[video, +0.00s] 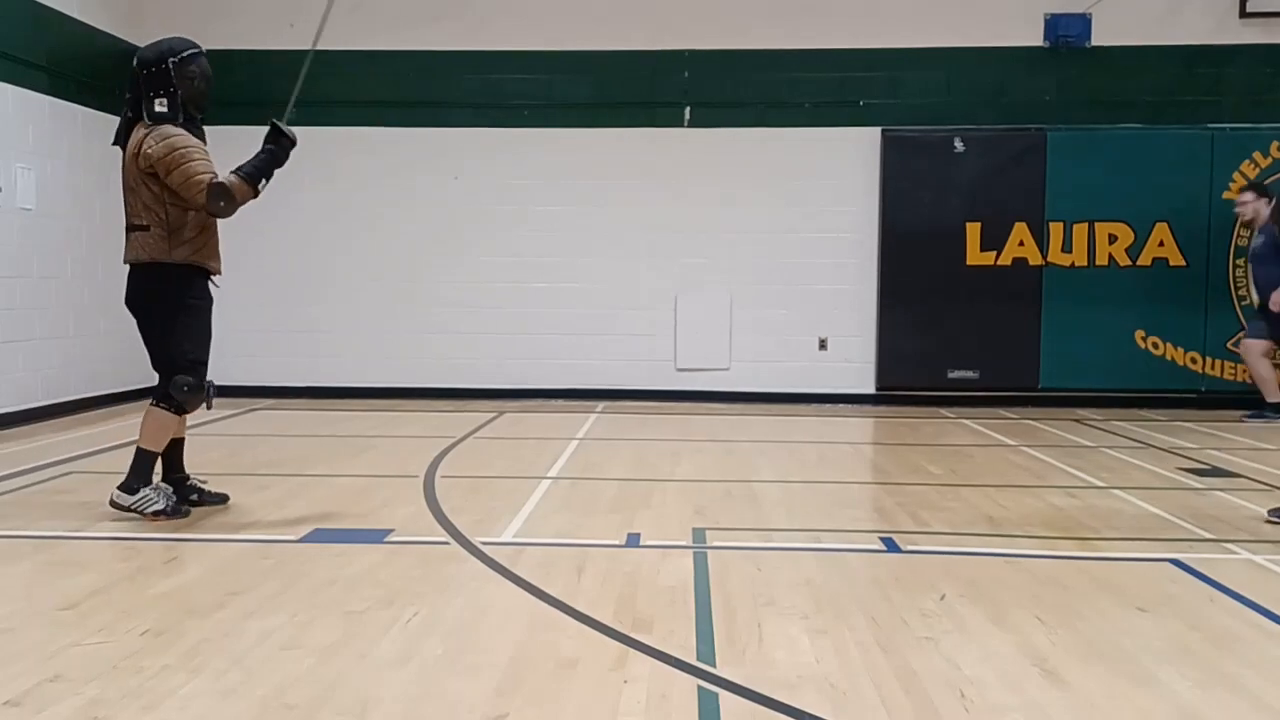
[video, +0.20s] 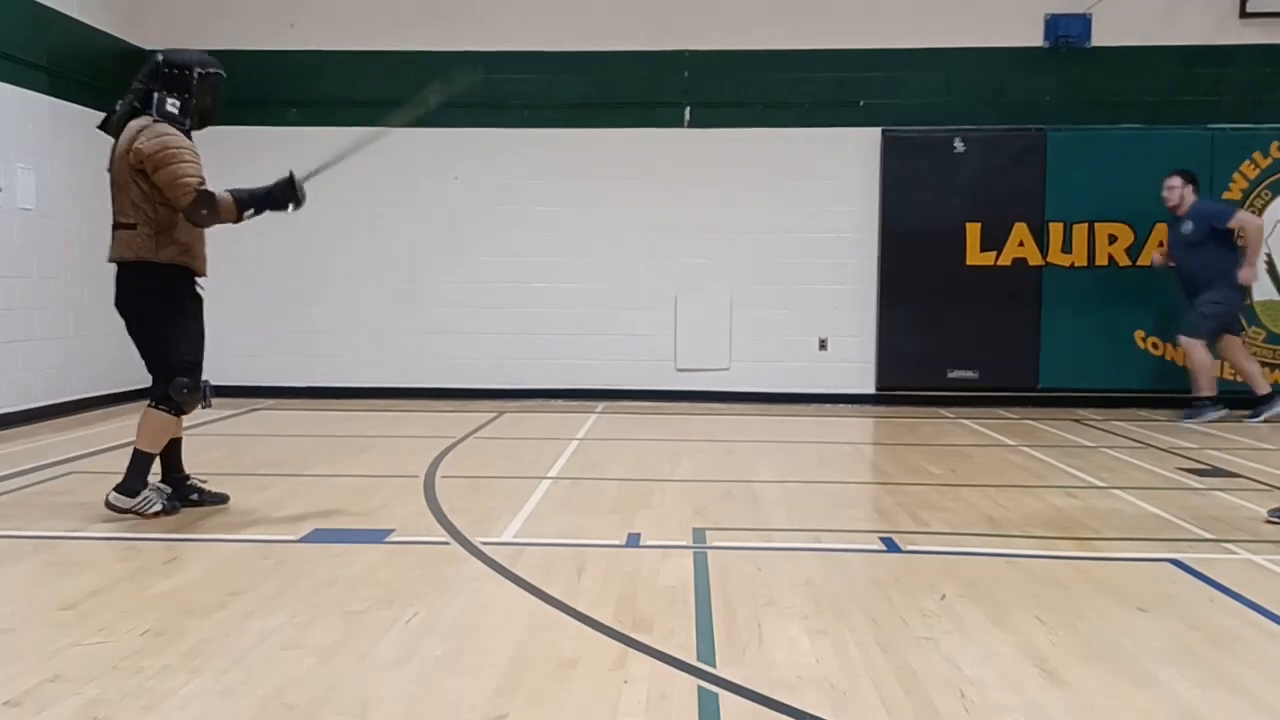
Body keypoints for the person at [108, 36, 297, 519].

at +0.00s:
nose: (206, 87)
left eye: (205, 78)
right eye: (198, 78)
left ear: (161, 87)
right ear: (171, 83)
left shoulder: (148, 136)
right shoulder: (168, 140)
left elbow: (206, 191)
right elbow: (218, 198)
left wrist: (252, 171)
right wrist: (267, 159)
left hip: (158, 279)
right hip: (173, 280)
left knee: (179, 381)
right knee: (183, 384)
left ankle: (174, 480)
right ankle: (135, 484)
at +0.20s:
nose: (211, 102)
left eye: (212, 92)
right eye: (206, 92)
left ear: (164, 87)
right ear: (182, 90)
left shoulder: (139, 133)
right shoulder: (163, 138)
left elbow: (190, 206)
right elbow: (200, 207)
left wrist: (255, 200)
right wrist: (265, 197)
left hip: (145, 280)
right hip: (161, 282)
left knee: (172, 381)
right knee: (179, 385)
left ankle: (174, 481)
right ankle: (131, 487)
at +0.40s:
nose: (207, 123)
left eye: (211, 114)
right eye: (207, 112)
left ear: (164, 93)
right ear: (188, 101)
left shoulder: (110, 136)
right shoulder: (169, 140)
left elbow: (92, 205)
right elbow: (186, 215)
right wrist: (242, 259)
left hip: (103, 276)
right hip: (139, 279)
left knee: (147, 381)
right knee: (149, 384)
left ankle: (167, 479)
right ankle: (124, 494)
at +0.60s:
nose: (198, 131)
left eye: (201, 123)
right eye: (199, 121)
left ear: (148, 98)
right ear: (185, 112)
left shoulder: (91, 135)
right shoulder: (171, 146)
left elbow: (62, 209)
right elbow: (170, 222)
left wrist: (70, 263)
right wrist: (190, 280)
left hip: (74, 269)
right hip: (122, 276)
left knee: (92, 371)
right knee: (140, 379)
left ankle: (93, 476)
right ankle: (124, 491)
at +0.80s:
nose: (175, 130)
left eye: (177, 122)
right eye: (175, 120)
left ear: (124, 97)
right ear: (162, 114)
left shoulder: (67, 138)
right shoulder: (153, 152)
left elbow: (36, 212)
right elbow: (160, 232)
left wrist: (42, 270)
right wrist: (168, 287)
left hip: (52, 279)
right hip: (108, 286)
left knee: (36, 372)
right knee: (140, 384)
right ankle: (125, 493)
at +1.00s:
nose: (132, 135)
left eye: (132, 125)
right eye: (131, 125)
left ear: (73, 110)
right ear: (119, 123)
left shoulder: (23, 155)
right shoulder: (113, 164)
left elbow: (1, 221)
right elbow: (130, 240)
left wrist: (12, 270)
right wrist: (147, 293)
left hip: (21, 307)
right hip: (78, 309)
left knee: (1, 383)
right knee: (141, 388)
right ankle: (126, 492)